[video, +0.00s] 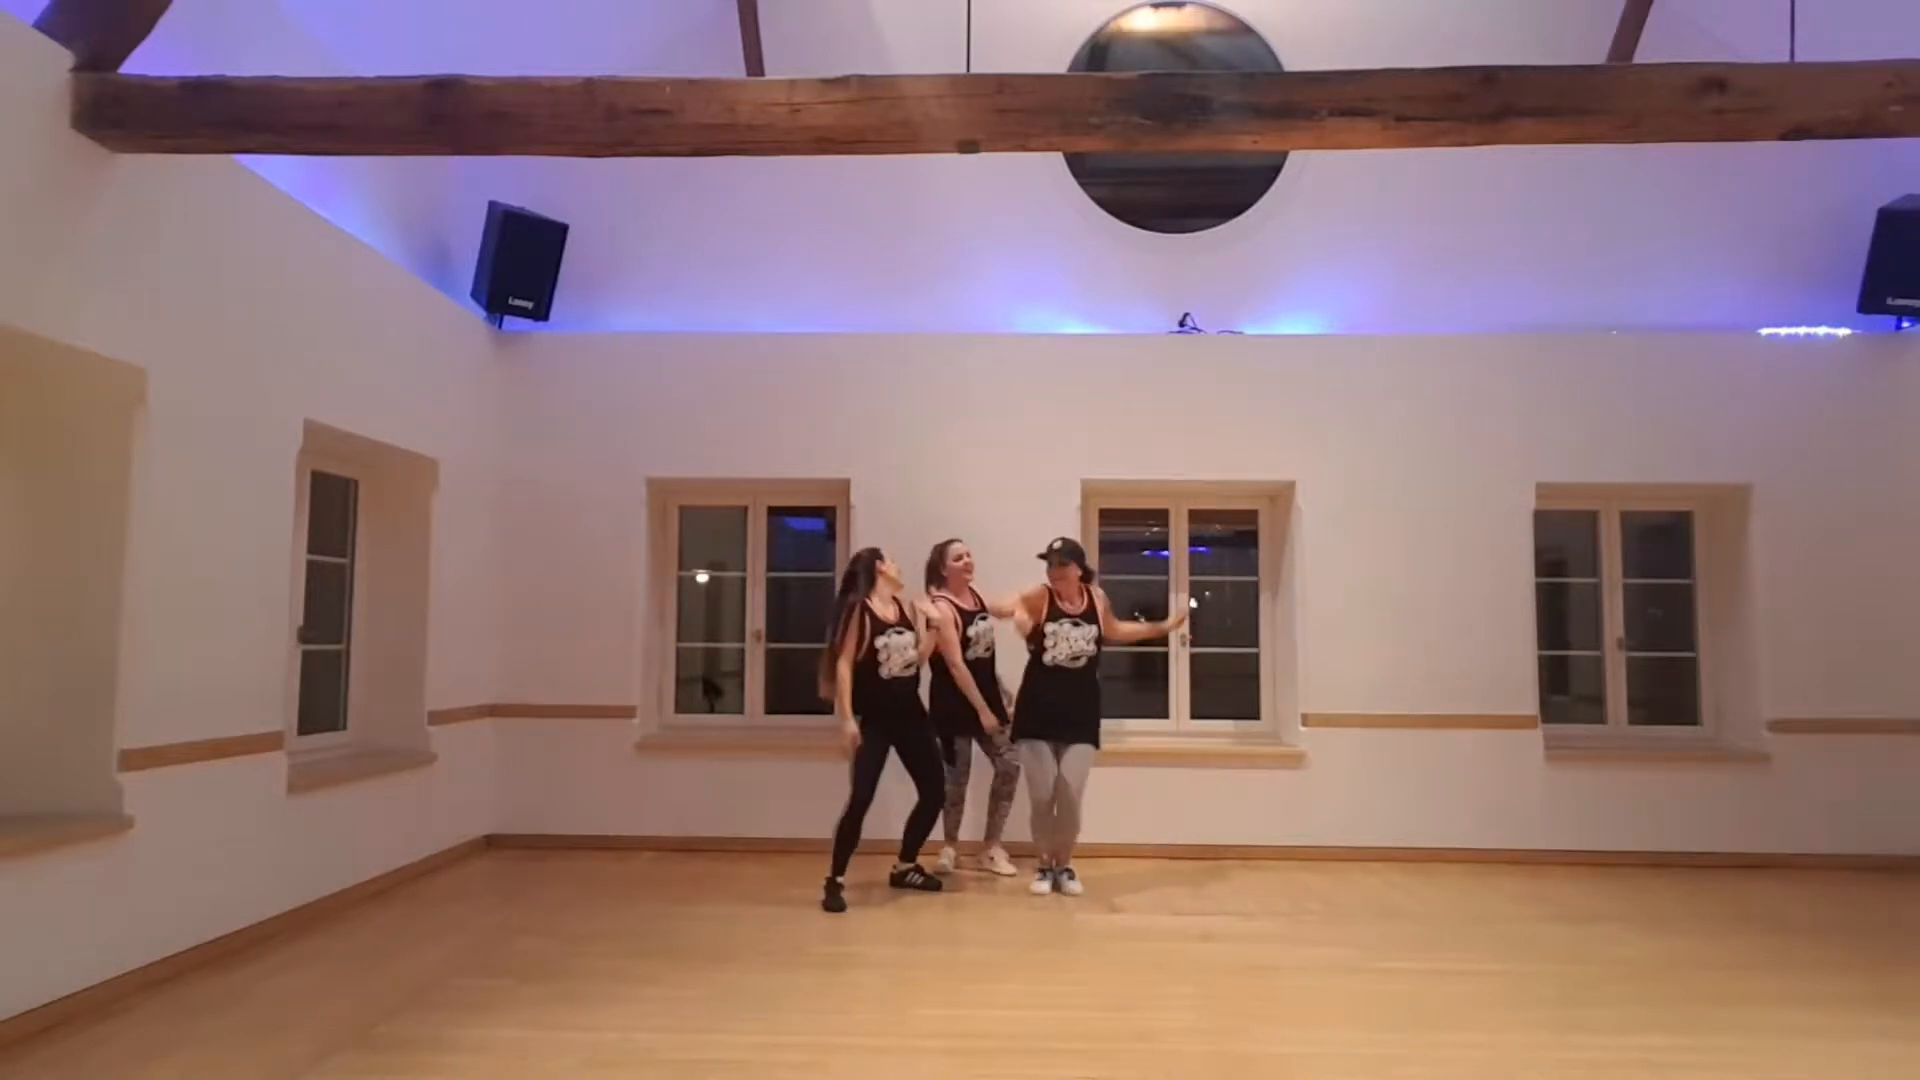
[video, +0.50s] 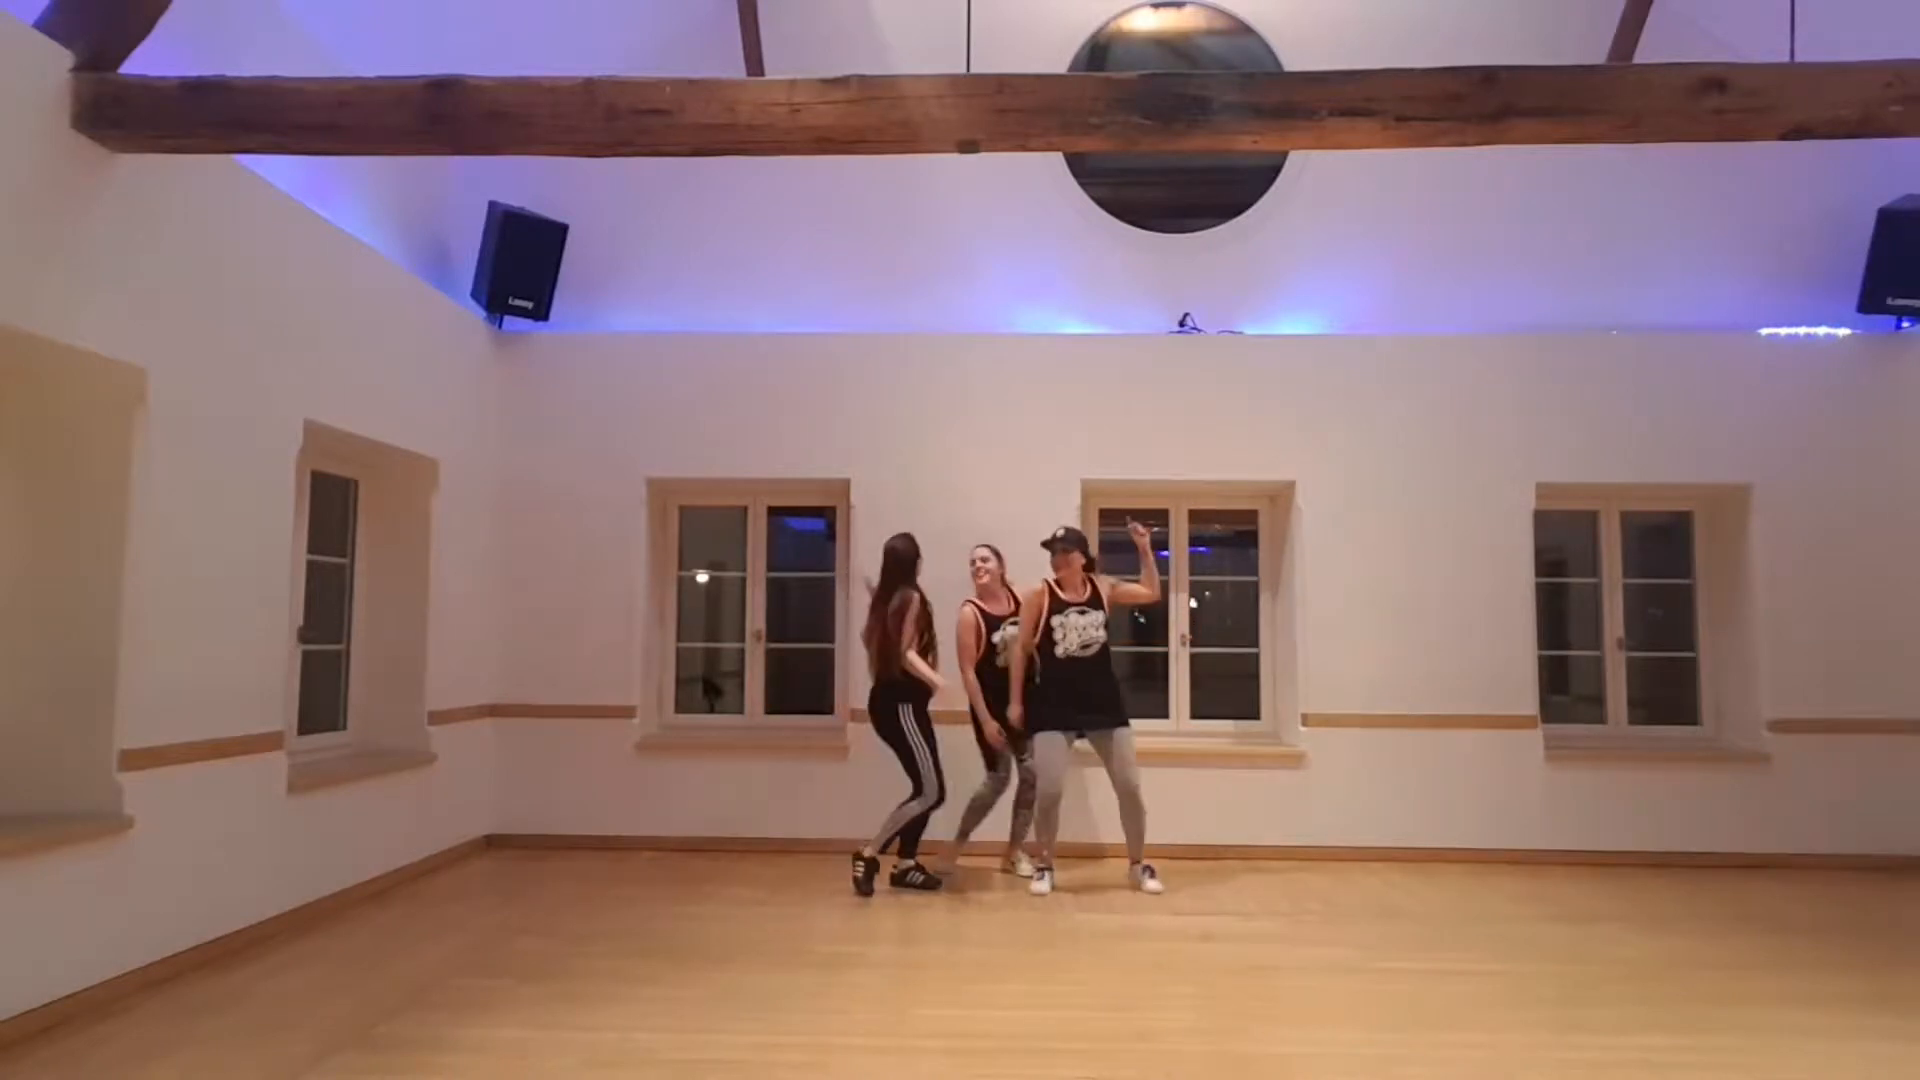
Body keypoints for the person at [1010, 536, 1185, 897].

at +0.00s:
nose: (1053, 573)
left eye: (1061, 567)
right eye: (1050, 567)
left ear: (1079, 568)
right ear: (1046, 568)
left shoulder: (1096, 597)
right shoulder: (1039, 597)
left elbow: (1112, 632)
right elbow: (1008, 611)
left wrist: (1163, 628)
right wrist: (1019, 616)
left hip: (1081, 712)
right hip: (1037, 711)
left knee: (1070, 792)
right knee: (1041, 796)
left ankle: (1063, 866)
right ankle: (1045, 867)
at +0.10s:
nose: (1056, 571)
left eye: (1063, 565)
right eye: (1053, 565)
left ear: (1080, 566)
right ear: (1048, 565)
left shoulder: (1092, 596)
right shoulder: (1042, 595)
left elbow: (1104, 638)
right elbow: (1003, 611)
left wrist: (1156, 644)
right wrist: (1006, 645)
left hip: (1080, 710)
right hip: (1038, 709)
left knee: (1082, 787)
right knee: (1046, 791)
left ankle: (1064, 865)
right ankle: (1045, 867)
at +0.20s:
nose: (1060, 559)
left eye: (1067, 552)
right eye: (1056, 553)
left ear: (1082, 556)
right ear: (1049, 556)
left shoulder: (1090, 587)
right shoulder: (1041, 588)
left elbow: (1103, 630)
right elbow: (1002, 618)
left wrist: (1146, 626)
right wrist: (994, 662)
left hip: (1081, 701)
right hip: (1039, 703)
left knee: (1099, 771)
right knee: (1046, 788)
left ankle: (1084, 853)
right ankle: (1045, 867)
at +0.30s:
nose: (1059, 553)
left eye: (1067, 546)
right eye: (1055, 547)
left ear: (1082, 551)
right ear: (1049, 551)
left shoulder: (1093, 583)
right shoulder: (1041, 587)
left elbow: (1113, 611)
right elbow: (1001, 621)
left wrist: (1148, 587)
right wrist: (990, 675)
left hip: (1087, 695)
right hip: (1042, 699)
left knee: (1114, 767)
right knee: (1047, 786)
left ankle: (1110, 854)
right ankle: (1045, 866)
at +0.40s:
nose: (1058, 551)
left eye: (1065, 545)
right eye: (1054, 546)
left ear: (1082, 550)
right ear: (1049, 550)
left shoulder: (1095, 582)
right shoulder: (1040, 587)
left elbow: (1133, 596)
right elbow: (1006, 633)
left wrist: (1146, 555)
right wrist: (998, 687)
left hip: (1093, 693)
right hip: (1047, 698)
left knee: (1121, 774)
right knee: (1048, 786)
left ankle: (1131, 858)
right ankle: (1045, 866)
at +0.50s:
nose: (1056, 559)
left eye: (1064, 553)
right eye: (1054, 553)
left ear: (1082, 556)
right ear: (1052, 557)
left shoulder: (1103, 587)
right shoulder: (1039, 595)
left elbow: (1151, 593)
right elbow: (1021, 647)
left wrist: (1145, 549)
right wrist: (1016, 703)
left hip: (1102, 700)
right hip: (1052, 704)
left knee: (1129, 784)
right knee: (1049, 789)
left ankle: (1138, 865)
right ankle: (1044, 866)